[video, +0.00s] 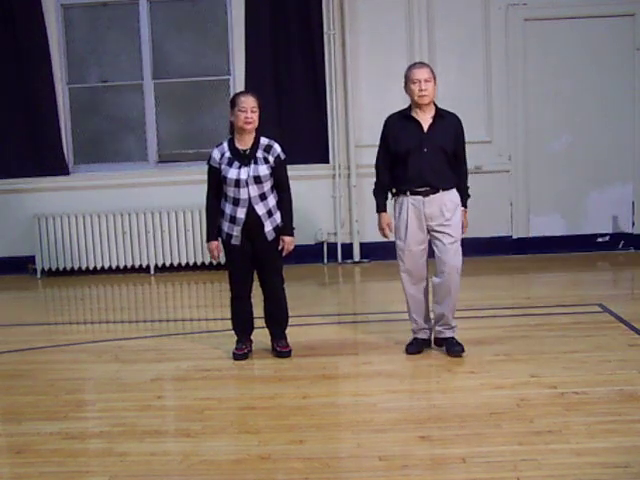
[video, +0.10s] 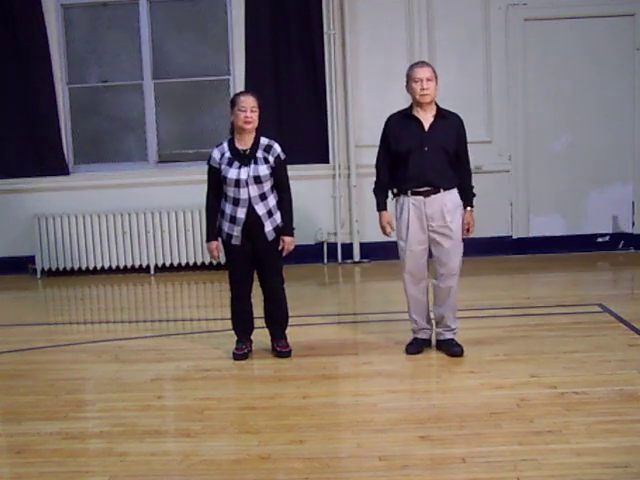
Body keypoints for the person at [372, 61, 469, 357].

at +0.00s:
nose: (422, 87)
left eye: (427, 81)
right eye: (415, 82)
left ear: (435, 85)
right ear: (407, 88)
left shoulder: (451, 122)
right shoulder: (394, 123)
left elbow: (460, 167)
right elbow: (382, 168)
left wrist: (463, 206)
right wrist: (382, 209)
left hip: (446, 202)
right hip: (407, 204)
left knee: (451, 267)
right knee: (412, 270)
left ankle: (445, 332)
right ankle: (420, 332)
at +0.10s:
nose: (424, 86)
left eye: (429, 80)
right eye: (417, 81)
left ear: (437, 84)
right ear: (408, 87)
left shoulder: (452, 121)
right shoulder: (395, 123)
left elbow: (462, 166)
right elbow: (383, 167)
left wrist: (468, 207)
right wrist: (382, 208)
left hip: (447, 201)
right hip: (408, 204)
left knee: (448, 270)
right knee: (413, 270)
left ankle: (446, 334)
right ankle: (420, 333)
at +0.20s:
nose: (425, 85)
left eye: (430, 79)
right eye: (419, 80)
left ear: (439, 83)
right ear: (410, 86)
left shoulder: (455, 121)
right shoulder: (398, 122)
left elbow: (466, 166)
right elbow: (386, 166)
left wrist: (474, 205)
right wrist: (385, 207)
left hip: (448, 201)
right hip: (410, 203)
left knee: (447, 270)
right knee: (415, 270)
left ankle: (446, 334)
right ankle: (421, 333)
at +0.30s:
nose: (428, 84)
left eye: (432, 79)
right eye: (421, 80)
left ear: (441, 83)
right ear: (413, 86)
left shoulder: (457, 121)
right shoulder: (400, 122)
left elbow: (470, 165)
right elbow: (390, 167)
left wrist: (478, 204)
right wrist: (388, 209)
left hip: (450, 201)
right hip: (412, 203)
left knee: (448, 270)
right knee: (417, 270)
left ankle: (446, 334)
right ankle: (421, 333)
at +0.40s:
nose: (430, 84)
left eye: (435, 79)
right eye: (424, 80)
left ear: (444, 84)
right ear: (415, 87)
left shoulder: (460, 121)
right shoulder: (402, 122)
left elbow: (472, 165)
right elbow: (392, 167)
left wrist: (480, 203)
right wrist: (391, 209)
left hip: (452, 202)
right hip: (414, 203)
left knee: (450, 271)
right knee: (418, 271)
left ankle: (447, 334)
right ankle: (421, 333)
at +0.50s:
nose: (431, 85)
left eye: (436, 79)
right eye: (425, 80)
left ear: (445, 84)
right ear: (416, 87)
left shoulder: (462, 121)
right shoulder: (404, 122)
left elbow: (474, 164)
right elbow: (393, 167)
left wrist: (480, 203)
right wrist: (392, 208)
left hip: (454, 202)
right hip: (415, 203)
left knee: (451, 272)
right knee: (416, 271)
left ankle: (447, 335)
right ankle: (420, 333)